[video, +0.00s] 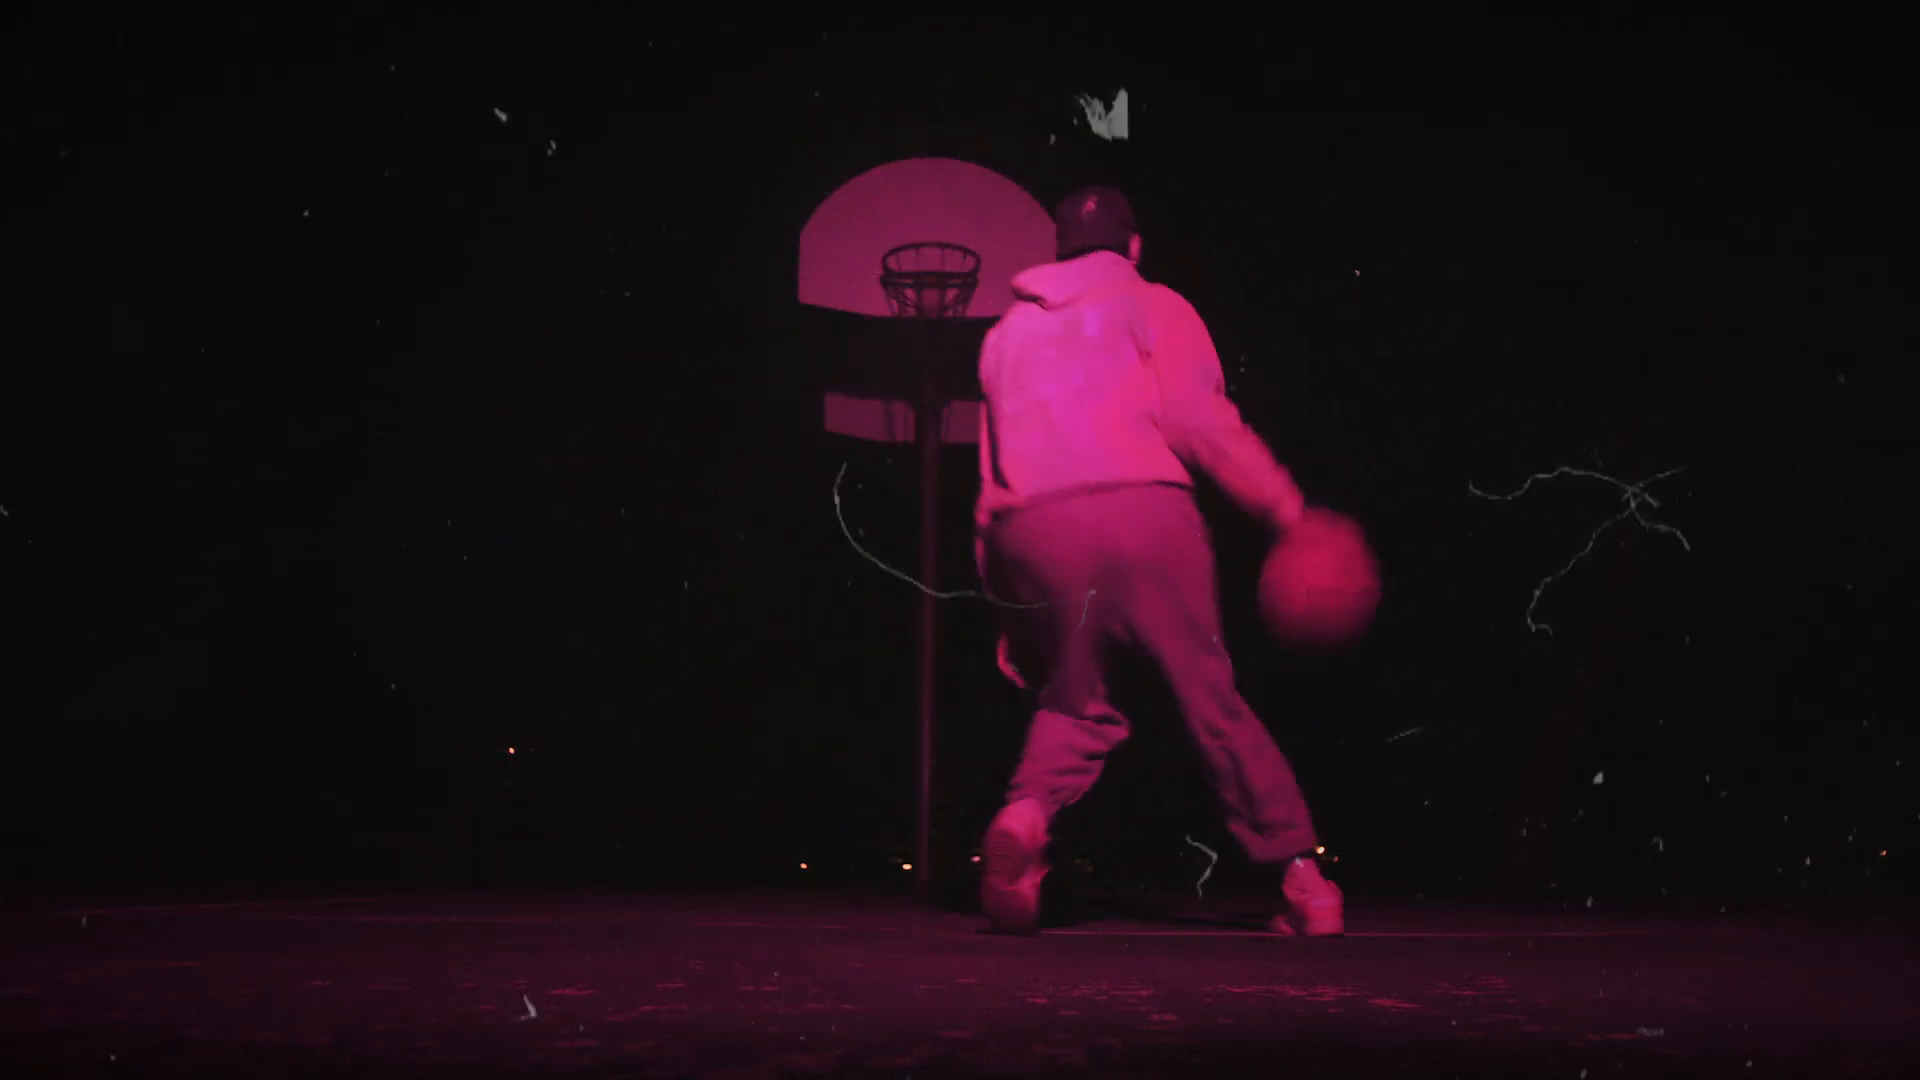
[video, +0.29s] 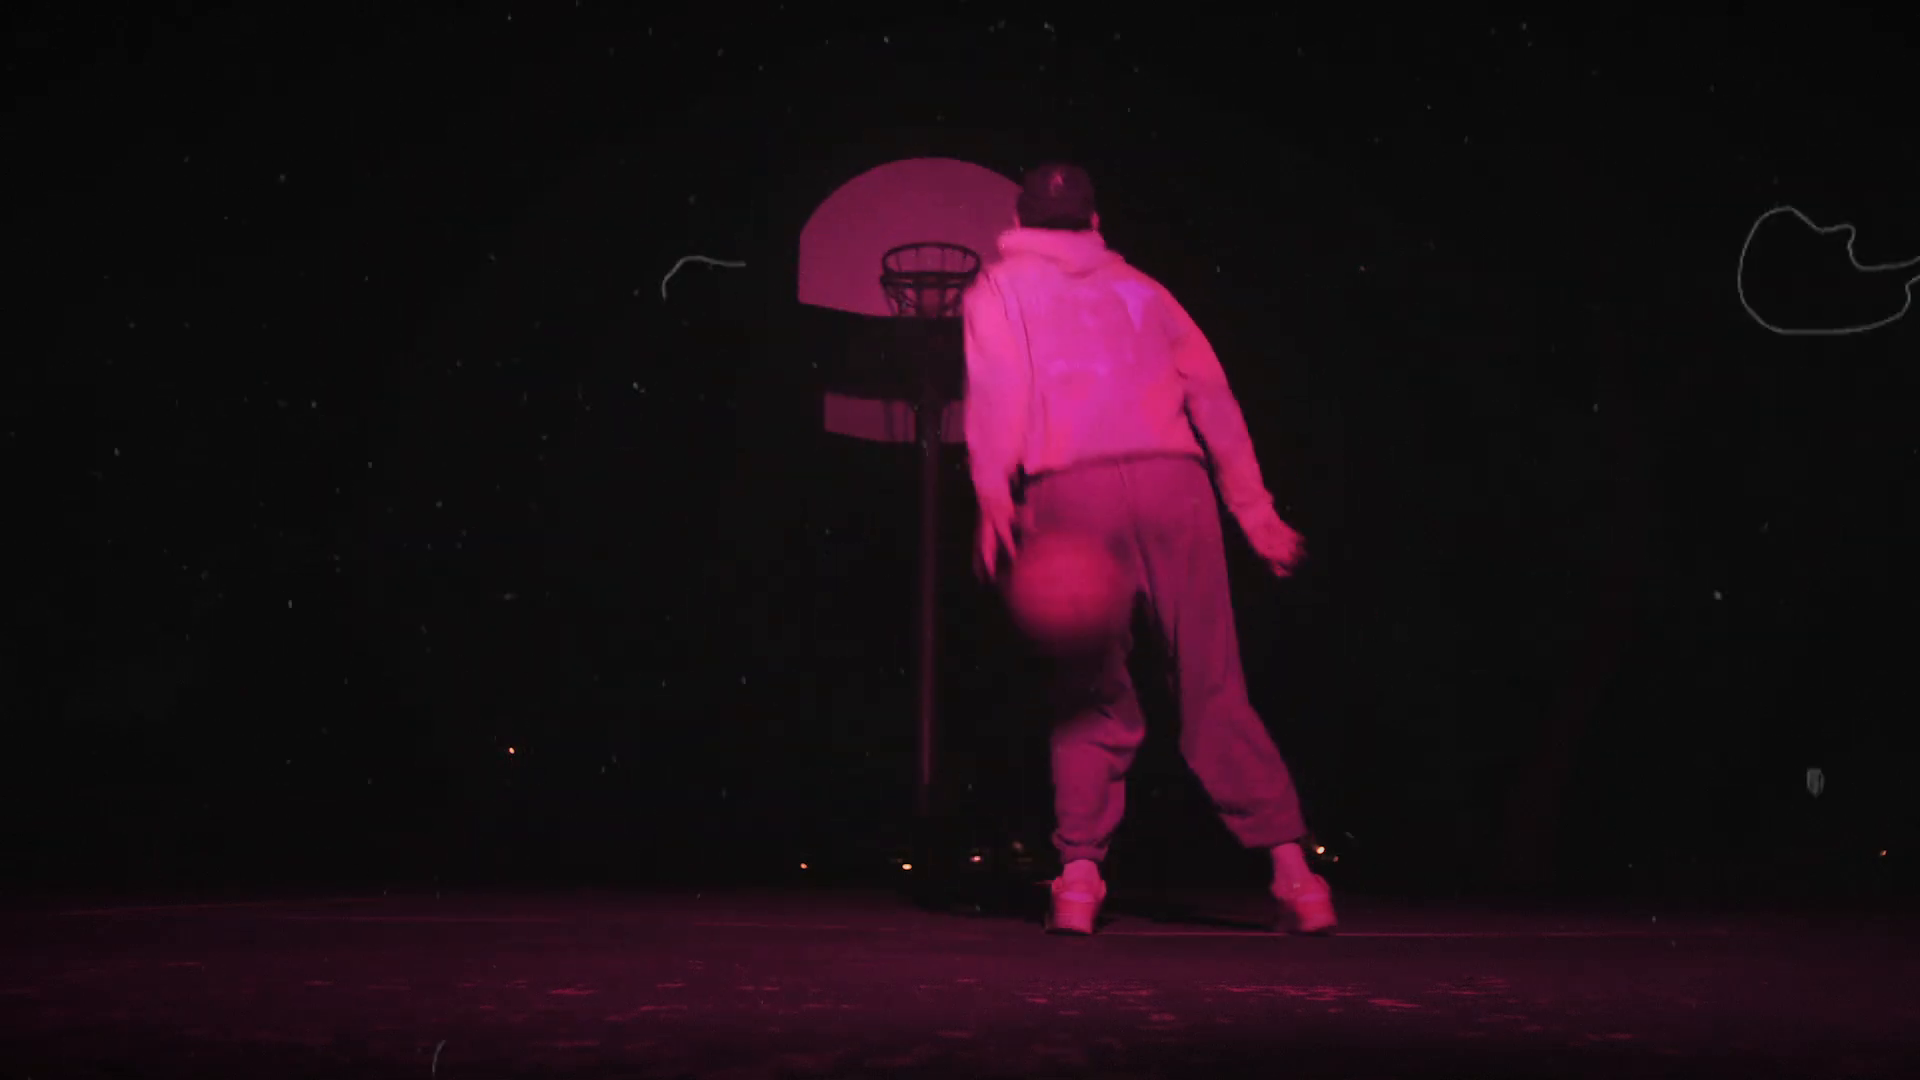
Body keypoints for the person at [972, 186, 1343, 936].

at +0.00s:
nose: (1142, 256)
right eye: (1141, 246)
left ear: (1058, 250)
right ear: (1132, 248)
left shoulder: (1004, 337)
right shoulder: (1155, 306)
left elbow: (995, 486)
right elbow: (1197, 414)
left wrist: (1010, 613)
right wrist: (1287, 508)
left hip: (1040, 529)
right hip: (1144, 515)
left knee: (1075, 702)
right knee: (1210, 697)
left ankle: (1024, 815)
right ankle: (1298, 869)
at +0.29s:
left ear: (1018, 219)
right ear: (1096, 222)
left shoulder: (995, 290)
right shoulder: (1145, 289)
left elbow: (997, 388)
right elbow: (1212, 397)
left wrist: (992, 490)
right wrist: (1256, 508)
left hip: (1072, 492)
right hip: (1174, 484)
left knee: (1091, 692)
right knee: (1213, 681)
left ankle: (1079, 878)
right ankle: (1291, 866)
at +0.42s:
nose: (993, 173)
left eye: (995, 154)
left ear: (998, 153)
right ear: (1070, 161)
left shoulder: (989, 197)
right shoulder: (1121, 231)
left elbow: (969, 267)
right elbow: (1197, 355)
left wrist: (928, 346)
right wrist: (1200, 450)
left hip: (1059, 419)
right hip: (1159, 416)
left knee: (1061, 637)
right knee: (1187, 625)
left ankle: (1071, 865)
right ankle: (1217, 837)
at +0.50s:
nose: (993, 150)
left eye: (991, 137)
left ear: (991, 135)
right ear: (1063, 144)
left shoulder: (987, 170)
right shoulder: (1112, 211)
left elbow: (945, 233)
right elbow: (1167, 328)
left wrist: (877, 299)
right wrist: (1137, 396)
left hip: (1048, 390)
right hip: (1147, 396)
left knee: (1043, 602)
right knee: (1156, 603)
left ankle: (1032, 839)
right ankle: (1178, 826)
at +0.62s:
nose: (980, 146)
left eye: (982, 135)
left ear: (989, 134)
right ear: (1057, 142)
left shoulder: (980, 172)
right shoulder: (1101, 217)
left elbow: (937, 239)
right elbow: (1135, 322)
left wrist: (858, 293)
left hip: (1039, 399)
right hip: (1135, 408)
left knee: (1002, 613)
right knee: (1134, 622)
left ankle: (967, 850)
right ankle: (1161, 852)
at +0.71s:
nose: (964, 174)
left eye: (967, 160)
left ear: (976, 156)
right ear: (1048, 167)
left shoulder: (966, 197)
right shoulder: (1091, 250)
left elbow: (942, 274)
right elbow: (1054, 367)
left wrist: (855, 329)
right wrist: (948, 409)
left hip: (1017, 434)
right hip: (1115, 443)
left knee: (940, 640)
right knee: (1116, 662)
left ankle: (877, 856)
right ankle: (1162, 879)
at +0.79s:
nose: (940, 174)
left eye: (944, 162)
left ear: (946, 166)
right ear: (1024, 183)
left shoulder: (933, 206)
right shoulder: (1055, 257)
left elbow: (927, 304)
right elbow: (1007, 390)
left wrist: (847, 355)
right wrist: (887, 420)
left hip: (984, 443)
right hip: (1084, 453)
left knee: (885, 640)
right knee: (1090, 668)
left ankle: (787, 848)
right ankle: (1158, 878)